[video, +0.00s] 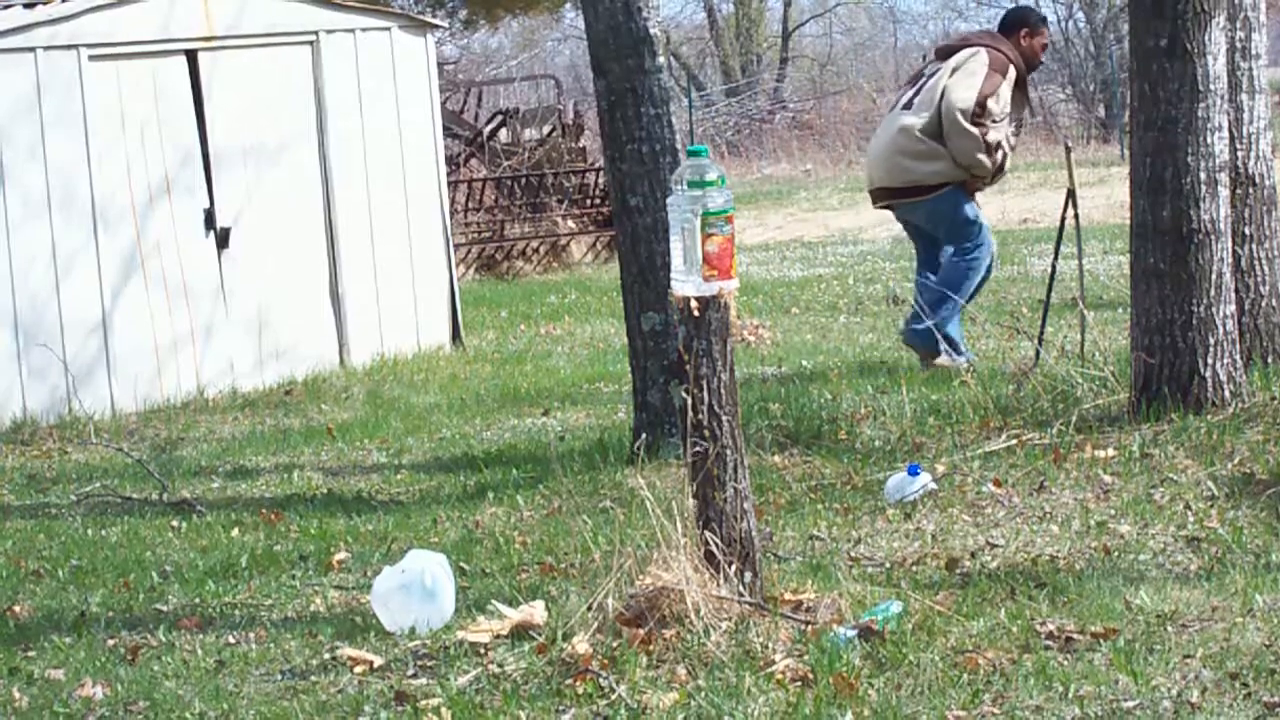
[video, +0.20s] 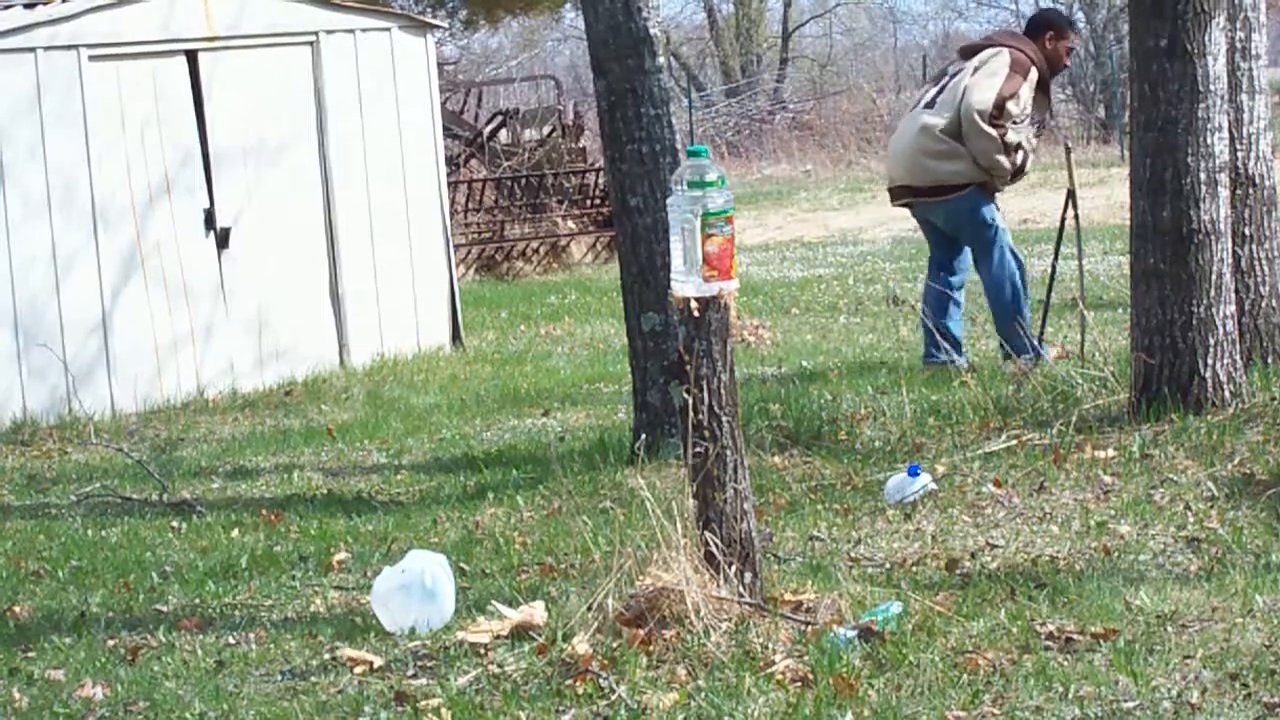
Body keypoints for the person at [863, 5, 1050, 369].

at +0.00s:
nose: (1044, 56)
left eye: (1046, 47)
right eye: (1043, 45)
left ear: (1015, 35)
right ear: (1023, 36)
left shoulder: (963, 54)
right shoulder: (995, 57)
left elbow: (908, 105)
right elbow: (962, 110)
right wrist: (982, 169)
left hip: (888, 168)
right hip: (918, 167)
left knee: (933, 256)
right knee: (976, 247)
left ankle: (946, 351)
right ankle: (925, 328)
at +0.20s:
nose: (1069, 60)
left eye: (1072, 52)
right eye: (1069, 49)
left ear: (1043, 39)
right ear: (1048, 40)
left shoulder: (987, 54)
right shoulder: (1017, 58)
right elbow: (981, 110)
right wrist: (1004, 169)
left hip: (908, 169)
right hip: (945, 169)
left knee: (947, 258)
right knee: (999, 256)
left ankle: (942, 357)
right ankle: (1024, 351)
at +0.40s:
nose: (1100, 70)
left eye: (1103, 63)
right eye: (1100, 60)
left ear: (1077, 44)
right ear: (1082, 46)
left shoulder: (1014, 54)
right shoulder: (1050, 63)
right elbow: (1014, 118)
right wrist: (1033, 173)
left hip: (931, 163)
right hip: (969, 166)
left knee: (965, 256)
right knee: (1011, 259)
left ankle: (947, 351)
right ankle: (1039, 350)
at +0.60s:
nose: (1125, 69)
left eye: (1128, 61)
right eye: (1126, 58)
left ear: (1103, 43)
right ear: (1112, 46)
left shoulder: (1039, 50)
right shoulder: (1076, 61)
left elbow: (981, 100)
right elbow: (1040, 118)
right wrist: (1058, 172)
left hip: (961, 164)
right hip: (999, 167)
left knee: (992, 248)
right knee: (1034, 254)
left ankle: (957, 337)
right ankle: (1043, 353)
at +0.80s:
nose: (1133, 67)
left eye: (1135, 61)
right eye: (1136, 59)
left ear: (1109, 36)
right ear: (1127, 49)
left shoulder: (1061, 48)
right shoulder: (1097, 60)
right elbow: (1059, 112)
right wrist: (1070, 176)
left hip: (979, 156)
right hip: (1014, 157)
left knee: (1045, 246)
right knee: (1042, 255)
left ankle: (1012, 324)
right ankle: (1043, 355)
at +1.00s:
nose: (1144, 64)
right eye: (1147, 57)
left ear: (1118, 32)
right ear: (1136, 46)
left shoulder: (1070, 51)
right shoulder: (1109, 57)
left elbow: (1009, 101)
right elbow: (1077, 109)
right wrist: (1094, 170)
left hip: (997, 159)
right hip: (1034, 161)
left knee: (1063, 251)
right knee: (1063, 257)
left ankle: (1088, 335)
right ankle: (1041, 354)